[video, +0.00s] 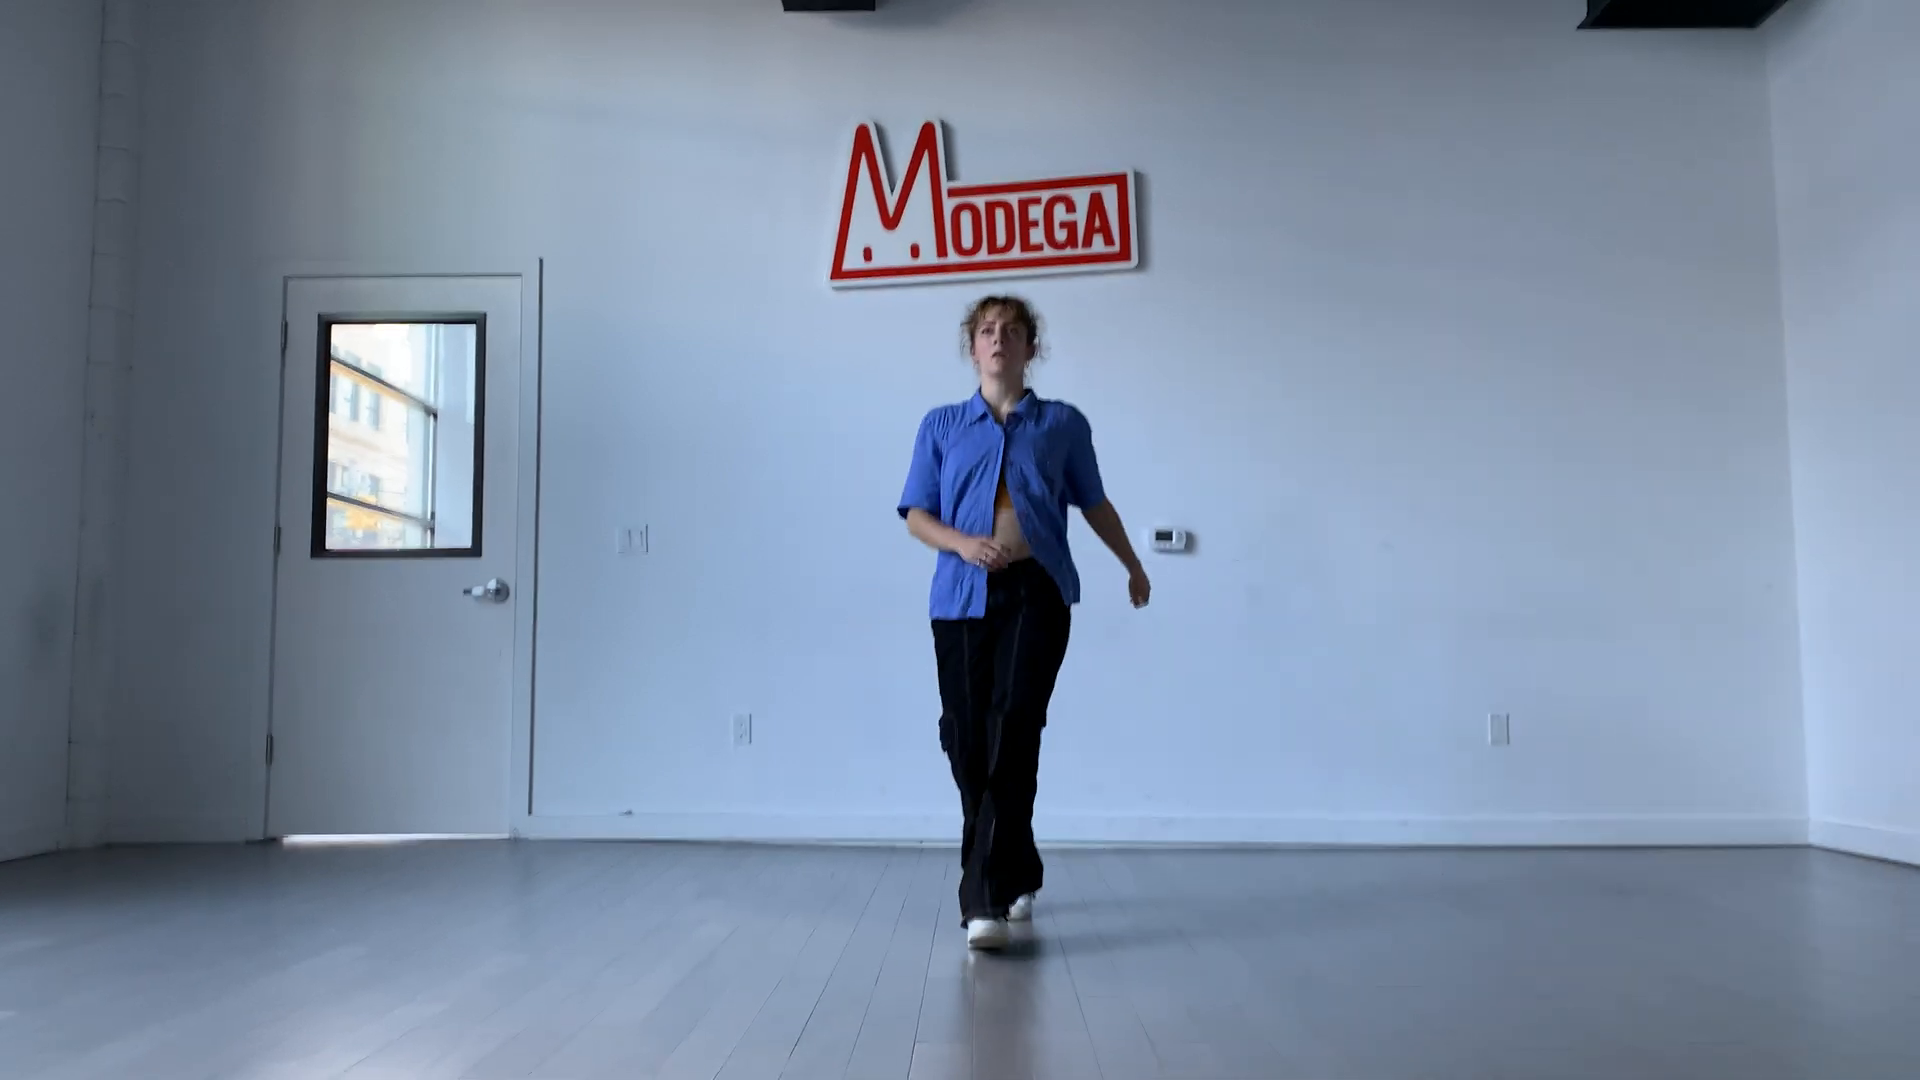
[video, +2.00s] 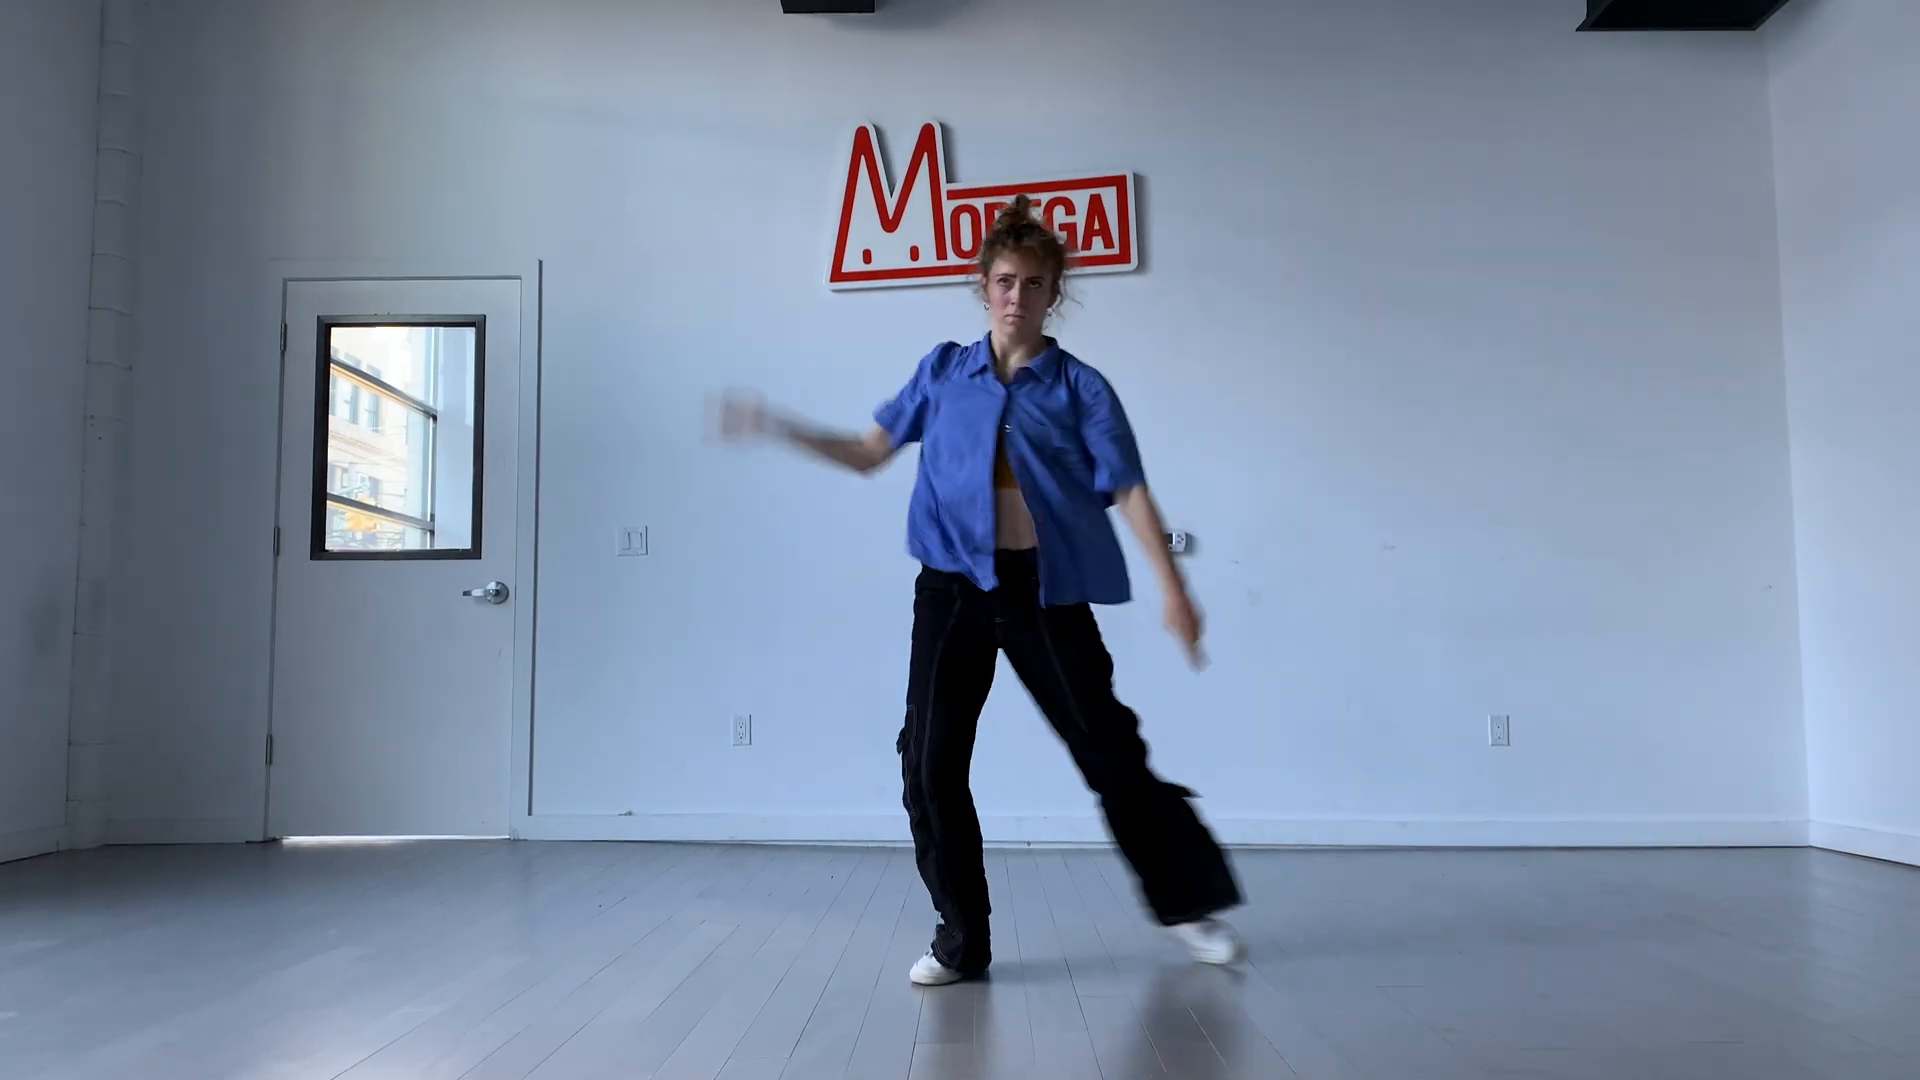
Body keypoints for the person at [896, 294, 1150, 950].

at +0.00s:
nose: (998, 340)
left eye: (1010, 331)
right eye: (987, 331)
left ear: (1031, 348)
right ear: (970, 348)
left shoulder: (1063, 424)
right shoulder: (941, 427)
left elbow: (1093, 503)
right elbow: (917, 518)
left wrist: (1133, 564)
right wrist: (965, 544)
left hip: (1035, 595)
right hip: (960, 598)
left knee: (1012, 735)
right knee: (964, 744)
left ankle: (986, 905)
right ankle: (1018, 875)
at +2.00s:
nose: (1014, 299)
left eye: (1030, 284)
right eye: (1001, 283)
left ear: (1053, 293)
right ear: (983, 288)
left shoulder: (1081, 389)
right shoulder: (943, 372)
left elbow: (1129, 493)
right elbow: (867, 450)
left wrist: (1172, 588)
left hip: (1046, 591)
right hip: (953, 587)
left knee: (1109, 750)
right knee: (929, 761)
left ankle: (1189, 906)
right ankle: (959, 939)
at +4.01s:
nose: (1159, 328)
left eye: (1150, 320)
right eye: (1143, 323)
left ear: (1132, 347)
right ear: (1119, 343)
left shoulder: (1157, 422)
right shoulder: (1118, 382)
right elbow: (1061, 394)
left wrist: (1152, 532)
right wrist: (1113, 466)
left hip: (1101, 622)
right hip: (1039, 611)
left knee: (1172, 765)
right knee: (977, 782)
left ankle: (1210, 927)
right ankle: (859, 921)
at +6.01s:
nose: (1172, 327)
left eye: (1188, 311)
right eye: (1156, 315)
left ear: (1217, 327)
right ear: (1136, 332)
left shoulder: (1252, 418)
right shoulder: (1109, 386)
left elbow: (1344, 341)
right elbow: (1080, 250)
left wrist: (1304, 262)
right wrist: (1176, 174)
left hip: (1190, 660)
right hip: (1090, 657)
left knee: (1316, 797)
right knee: (1183, 822)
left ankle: (1387, 955)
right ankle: (1127, 975)